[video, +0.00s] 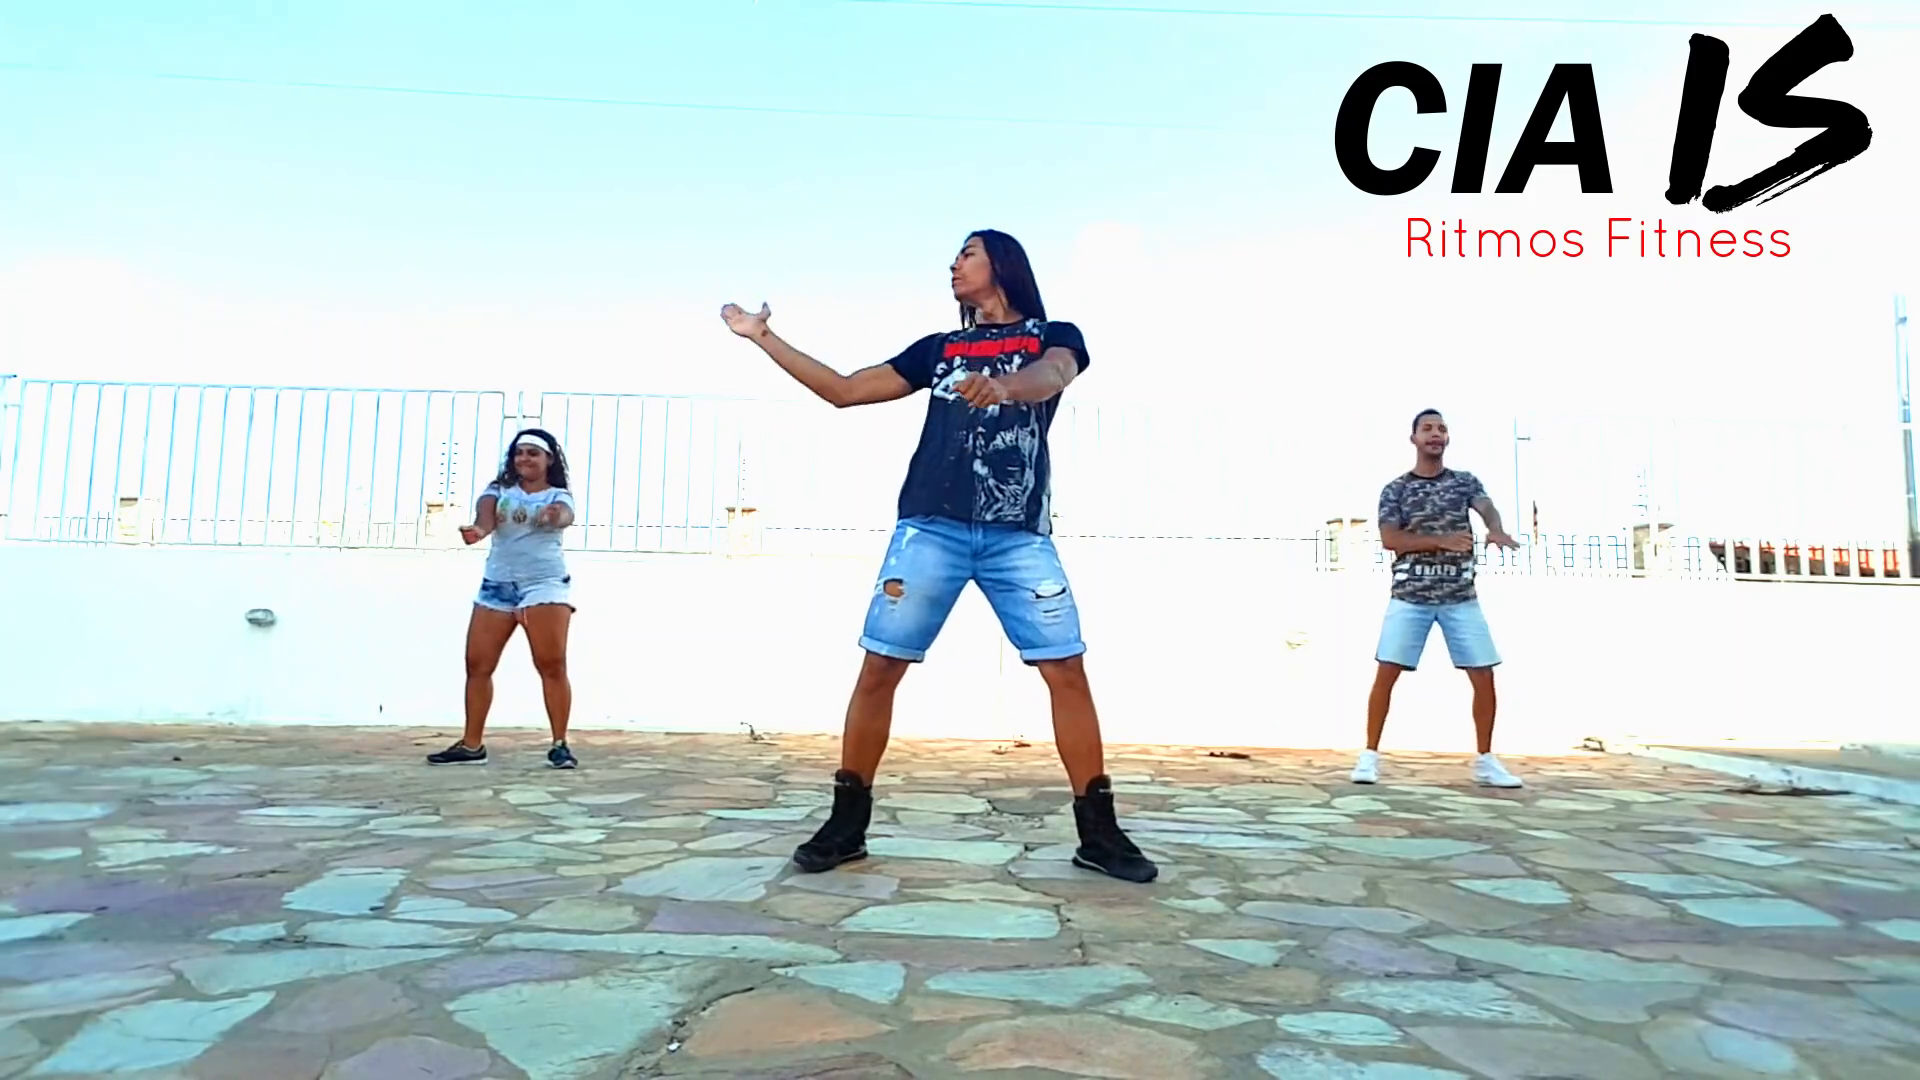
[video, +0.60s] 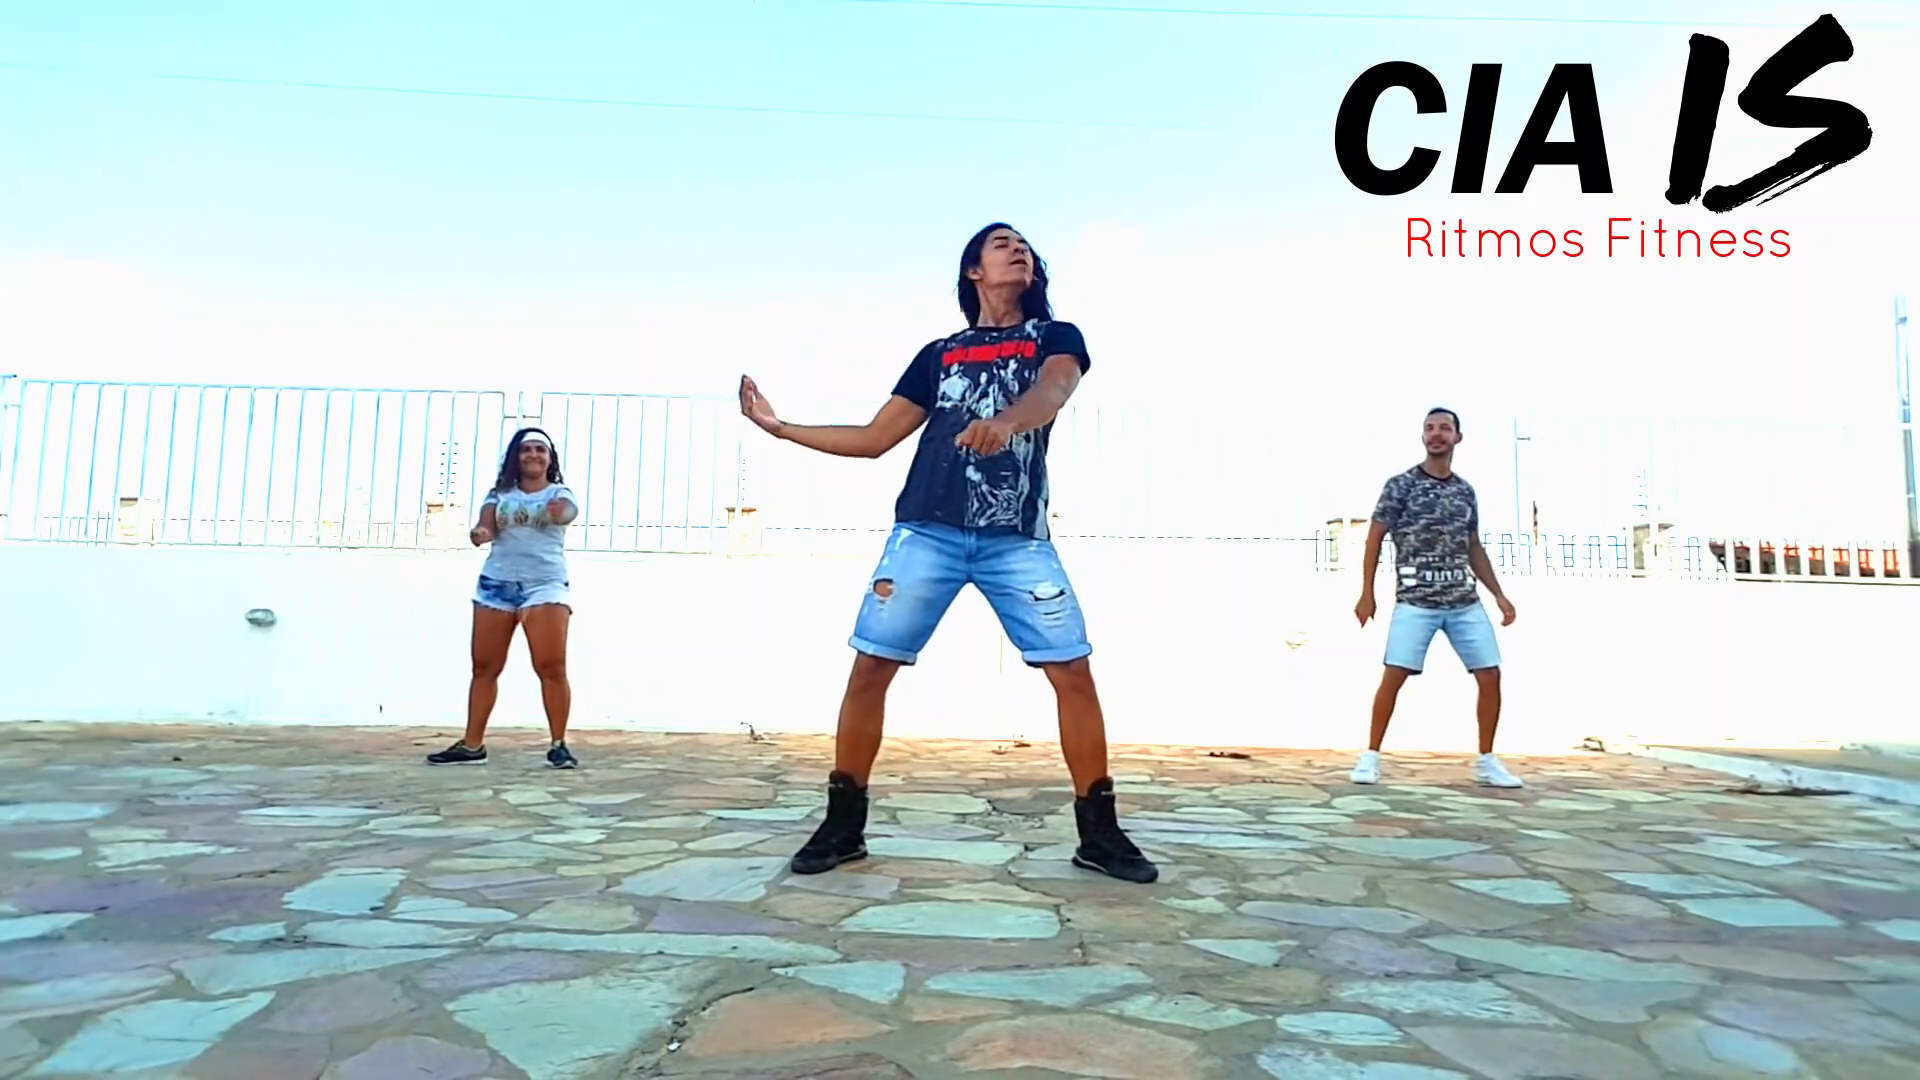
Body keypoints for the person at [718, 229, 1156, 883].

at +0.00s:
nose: (954, 266)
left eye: (967, 255)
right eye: (956, 257)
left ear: (1001, 267)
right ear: (975, 274)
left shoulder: (1055, 335)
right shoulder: (942, 347)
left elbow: (1054, 374)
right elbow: (845, 388)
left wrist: (1005, 386)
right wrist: (765, 336)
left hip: (1018, 534)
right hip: (929, 529)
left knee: (1066, 668)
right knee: (878, 668)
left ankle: (1099, 832)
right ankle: (845, 822)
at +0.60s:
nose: (1020, 253)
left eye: (1026, 249)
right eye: (1003, 247)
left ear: (1035, 275)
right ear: (974, 274)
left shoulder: (1057, 335)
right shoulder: (941, 354)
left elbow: (1053, 391)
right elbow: (873, 438)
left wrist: (1006, 423)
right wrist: (779, 426)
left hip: (1018, 538)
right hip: (928, 533)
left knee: (1073, 669)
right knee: (870, 666)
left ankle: (1099, 831)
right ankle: (842, 823)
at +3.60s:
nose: (949, 227)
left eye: (959, 218)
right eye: (936, 220)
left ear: (978, 235)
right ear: (918, 239)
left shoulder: (1011, 315)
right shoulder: (888, 302)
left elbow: (1052, 397)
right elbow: (791, 271)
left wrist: (1007, 428)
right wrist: (792, 231)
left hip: (1003, 506)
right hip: (917, 504)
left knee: (1060, 638)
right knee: (838, 630)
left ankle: (1085, 796)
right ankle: (828, 782)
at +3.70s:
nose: (982, 243)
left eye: (993, 233)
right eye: (967, 235)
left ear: (1009, 250)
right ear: (949, 255)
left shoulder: (1041, 328)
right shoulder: (920, 318)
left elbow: (1085, 413)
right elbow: (834, 278)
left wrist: (1034, 443)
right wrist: (786, 204)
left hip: (1025, 519)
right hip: (939, 516)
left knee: (1100, 641)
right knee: (880, 648)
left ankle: (1143, 796)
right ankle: (888, 806)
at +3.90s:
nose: (1048, 266)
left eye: (1059, 257)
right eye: (1035, 259)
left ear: (1076, 274)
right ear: (1018, 279)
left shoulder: (1112, 349)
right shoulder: (989, 354)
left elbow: (1151, 436)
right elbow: (891, 338)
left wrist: (1108, 476)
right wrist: (916, 254)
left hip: (1102, 544)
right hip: (1010, 541)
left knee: (1160, 669)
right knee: (945, 661)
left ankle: (1180, 821)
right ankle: (900, 806)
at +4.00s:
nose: (1069, 233)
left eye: (1079, 224)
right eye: (1056, 227)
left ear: (1099, 242)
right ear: (1039, 248)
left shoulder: (1138, 316)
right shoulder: (1017, 321)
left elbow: (1176, 404)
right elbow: (914, 299)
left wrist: (1141, 455)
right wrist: (947, 252)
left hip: (1132, 514)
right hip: (1043, 511)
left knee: (1177, 648)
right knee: (975, 637)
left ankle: (1196, 804)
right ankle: (920, 788)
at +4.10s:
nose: (1086, 218)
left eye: (1098, 211)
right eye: (1073, 213)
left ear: (1119, 232)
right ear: (1057, 237)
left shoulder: (1158, 301)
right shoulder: (1038, 299)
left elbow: (1197, 391)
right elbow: (961, 267)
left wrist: (1172, 451)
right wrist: (929, 243)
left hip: (1150, 500)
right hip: (1063, 500)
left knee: (1203, 637)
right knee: (999, 628)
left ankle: (1237, 793)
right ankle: (963, 785)